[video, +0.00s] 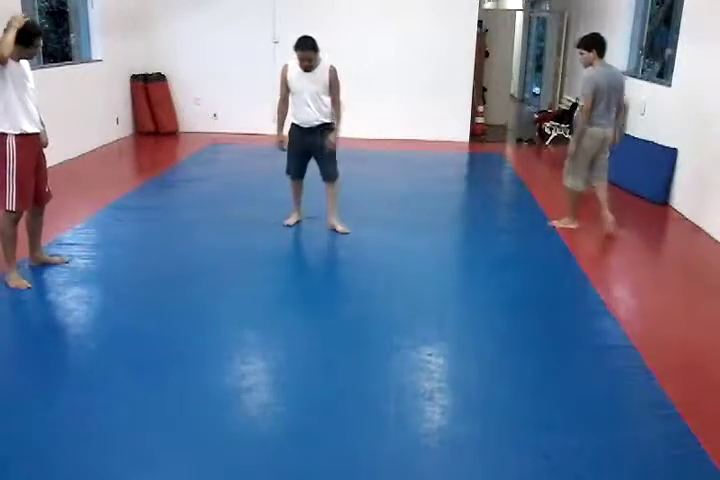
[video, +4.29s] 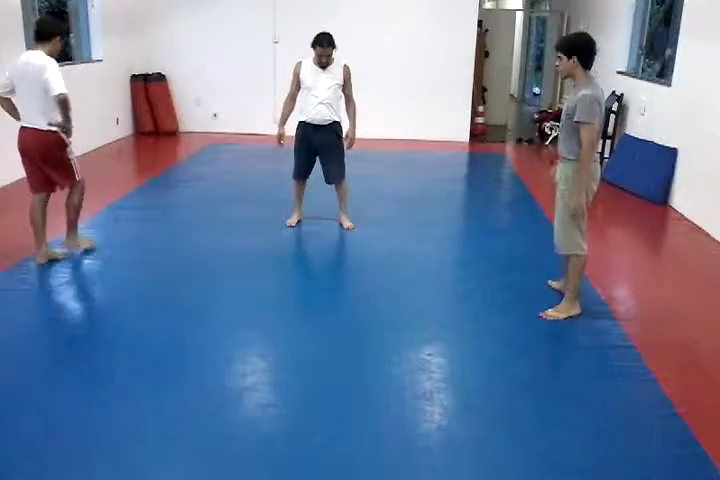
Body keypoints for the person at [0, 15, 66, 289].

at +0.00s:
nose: (29, 58)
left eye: (32, 54)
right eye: (27, 53)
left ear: (30, 48)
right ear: (16, 44)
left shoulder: (23, 63)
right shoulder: (3, 63)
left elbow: (28, 99)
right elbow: (4, 55)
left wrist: (41, 128)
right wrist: (12, 27)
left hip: (32, 135)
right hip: (11, 136)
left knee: (38, 200)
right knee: (12, 208)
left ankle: (37, 253)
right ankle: (10, 268)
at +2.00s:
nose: (37, 56)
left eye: (40, 53)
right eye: (36, 51)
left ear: (38, 47)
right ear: (23, 42)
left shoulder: (31, 63)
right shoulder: (6, 63)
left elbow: (39, 99)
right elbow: (3, 73)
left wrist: (49, 129)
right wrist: (15, 42)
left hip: (39, 137)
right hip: (16, 139)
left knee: (40, 202)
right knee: (16, 208)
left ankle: (37, 252)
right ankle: (11, 268)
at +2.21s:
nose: (46, 48)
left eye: (46, 42)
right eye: (42, 42)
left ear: (27, 42)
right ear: (24, 41)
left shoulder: (32, 67)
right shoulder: (6, 64)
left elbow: (37, 101)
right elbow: (6, 79)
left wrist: (49, 130)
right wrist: (35, 77)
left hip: (38, 138)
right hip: (15, 140)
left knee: (39, 202)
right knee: (16, 208)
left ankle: (37, 252)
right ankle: (11, 268)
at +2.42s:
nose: (46, 46)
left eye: (46, 41)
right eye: (43, 41)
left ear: (28, 42)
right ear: (25, 41)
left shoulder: (32, 63)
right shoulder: (5, 67)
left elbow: (38, 100)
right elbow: (0, 102)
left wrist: (49, 129)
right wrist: (6, 109)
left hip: (39, 139)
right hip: (15, 142)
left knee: (40, 202)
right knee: (17, 209)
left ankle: (37, 253)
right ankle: (11, 268)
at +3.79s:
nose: (49, 44)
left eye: (48, 38)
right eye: (46, 38)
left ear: (29, 40)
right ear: (32, 40)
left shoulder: (29, 67)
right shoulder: (12, 68)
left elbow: (28, 105)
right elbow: (8, 106)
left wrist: (42, 133)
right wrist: (34, 135)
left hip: (41, 142)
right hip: (25, 144)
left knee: (50, 199)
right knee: (26, 208)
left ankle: (44, 249)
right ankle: (14, 267)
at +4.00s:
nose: (51, 46)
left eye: (52, 41)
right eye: (51, 40)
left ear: (29, 37)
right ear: (42, 39)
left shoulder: (17, 61)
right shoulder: (26, 65)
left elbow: (9, 93)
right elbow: (30, 102)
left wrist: (35, 118)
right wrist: (49, 130)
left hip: (27, 136)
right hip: (36, 138)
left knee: (41, 198)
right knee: (59, 198)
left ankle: (42, 249)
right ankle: (36, 252)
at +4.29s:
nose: (61, 47)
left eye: (62, 42)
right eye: (61, 42)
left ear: (37, 37)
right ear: (55, 40)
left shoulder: (20, 62)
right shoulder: (48, 63)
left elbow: (2, 93)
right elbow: (61, 97)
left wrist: (20, 118)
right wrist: (67, 123)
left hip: (26, 136)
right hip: (49, 136)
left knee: (40, 193)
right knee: (76, 184)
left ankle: (41, 250)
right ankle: (72, 240)